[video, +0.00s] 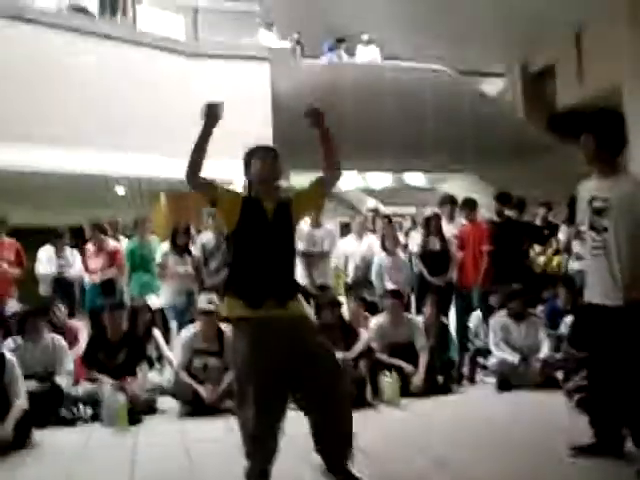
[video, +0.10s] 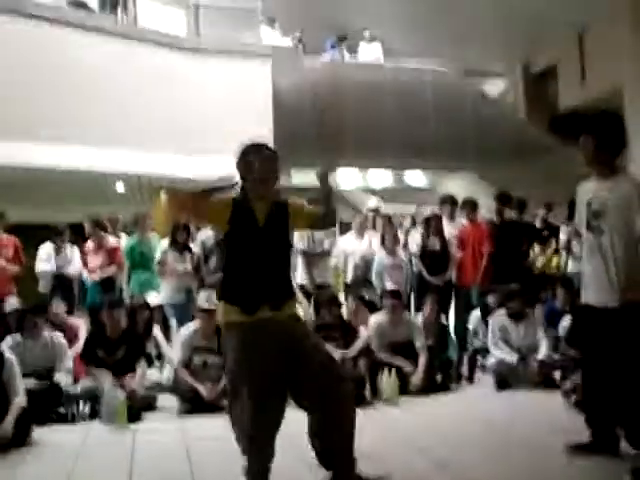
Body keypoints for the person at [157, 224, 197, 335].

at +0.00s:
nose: (182, 239)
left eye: (185, 234)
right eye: (179, 234)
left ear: (189, 237)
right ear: (174, 236)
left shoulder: (192, 257)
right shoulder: (167, 255)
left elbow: (198, 277)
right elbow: (160, 273)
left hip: (188, 295)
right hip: (170, 296)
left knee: (187, 331)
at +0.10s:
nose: (182, 236)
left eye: (184, 233)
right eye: (179, 233)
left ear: (188, 235)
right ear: (174, 234)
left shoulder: (191, 254)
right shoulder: (166, 252)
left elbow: (196, 273)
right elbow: (159, 270)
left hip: (187, 291)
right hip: (170, 292)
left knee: (188, 327)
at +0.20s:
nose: (181, 223)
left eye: (183, 219)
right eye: (178, 219)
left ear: (187, 221)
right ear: (173, 220)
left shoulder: (189, 239)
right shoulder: (165, 238)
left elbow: (195, 257)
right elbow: (159, 255)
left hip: (187, 277)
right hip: (170, 277)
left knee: (187, 309)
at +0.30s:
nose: (176, 215)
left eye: (179, 211)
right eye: (174, 211)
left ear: (183, 213)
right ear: (169, 212)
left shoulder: (186, 227)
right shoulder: (159, 226)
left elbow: (193, 246)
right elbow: (153, 247)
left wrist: (184, 246)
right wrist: (170, 245)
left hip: (184, 271)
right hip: (166, 272)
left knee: (184, 306)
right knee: (172, 307)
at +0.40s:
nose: (177, 215)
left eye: (180, 211)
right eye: (175, 211)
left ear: (184, 212)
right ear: (170, 212)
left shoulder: (187, 227)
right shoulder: (160, 226)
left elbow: (194, 246)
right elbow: (154, 247)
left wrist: (185, 246)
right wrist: (171, 245)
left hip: (185, 270)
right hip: (167, 271)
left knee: (186, 306)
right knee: (173, 307)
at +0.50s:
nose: (178, 216)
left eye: (181, 213)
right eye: (175, 213)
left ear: (185, 214)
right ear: (171, 213)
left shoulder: (189, 229)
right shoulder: (162, 228)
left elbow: (196, 249)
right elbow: (156, 249)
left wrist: (187, 250)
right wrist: (171, 249)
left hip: (185, 272)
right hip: (168, 273)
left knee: (187, 306)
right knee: (174, 307)